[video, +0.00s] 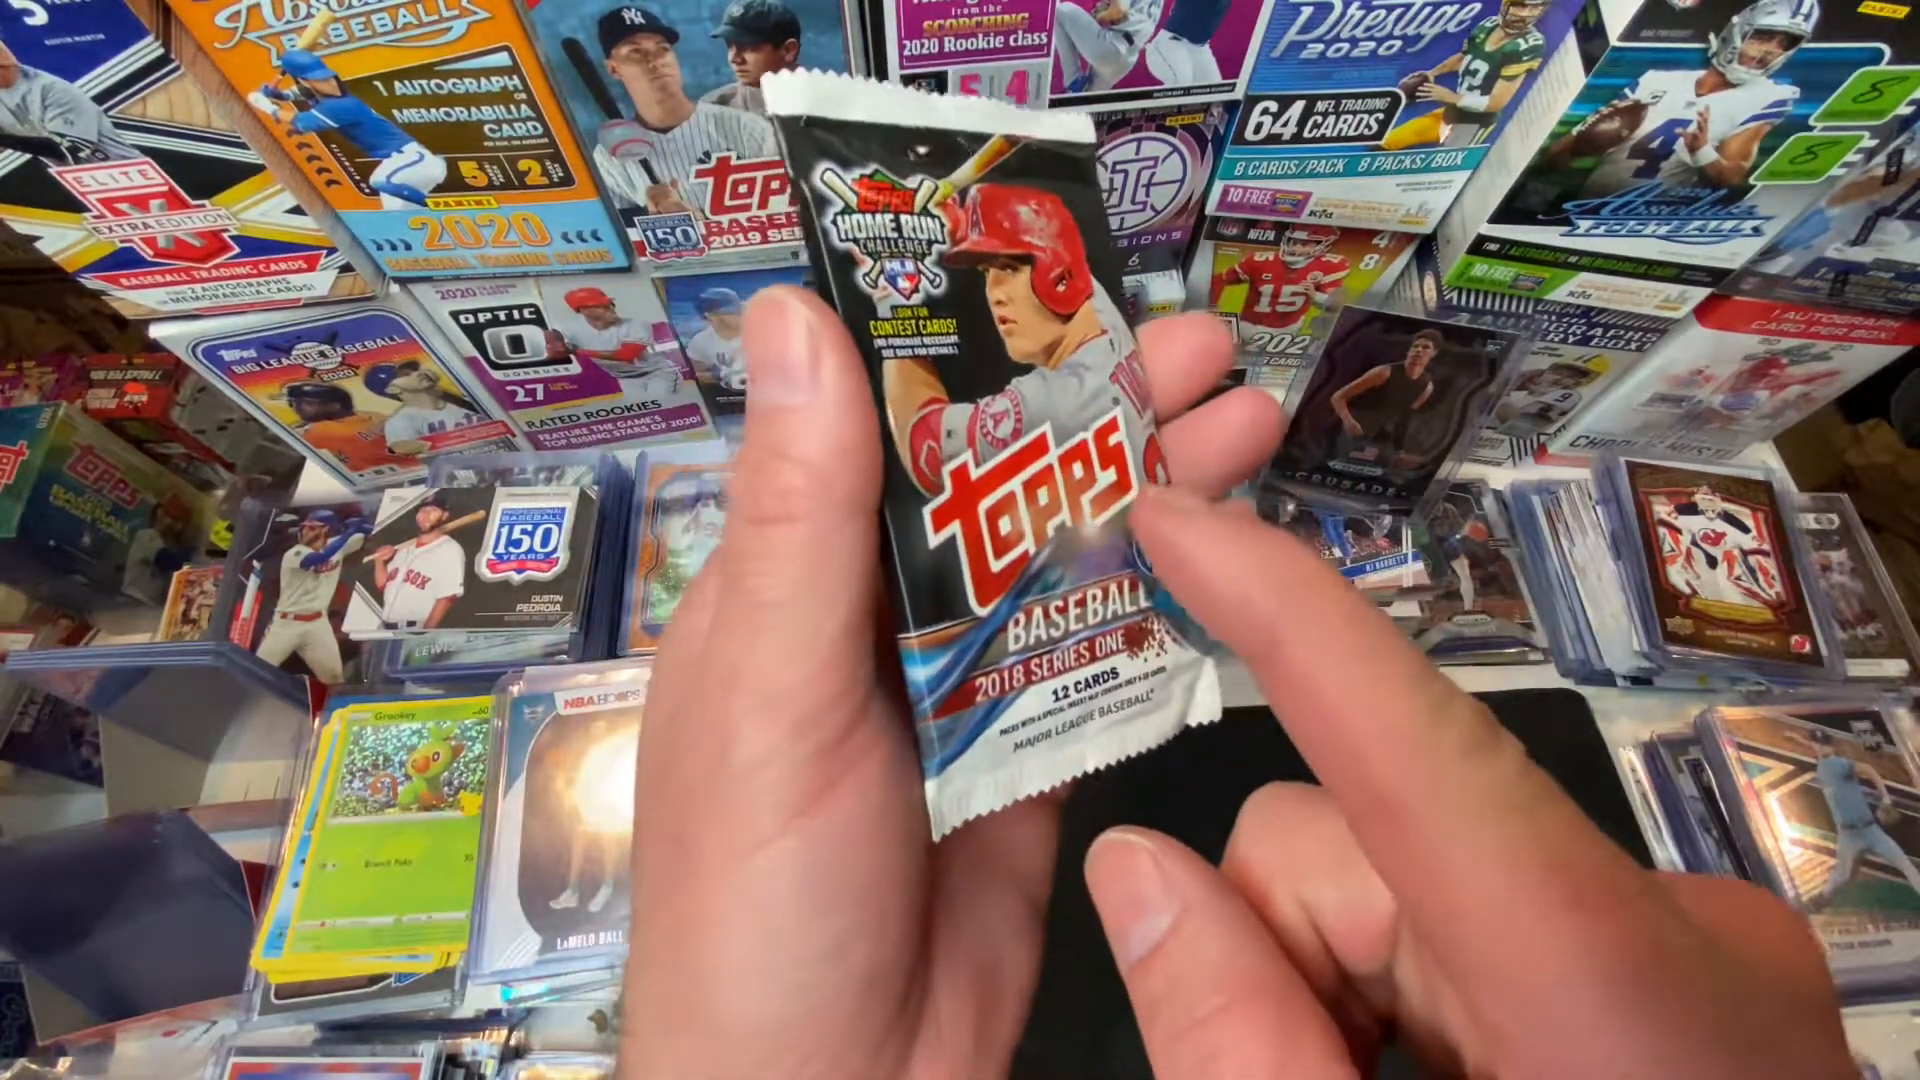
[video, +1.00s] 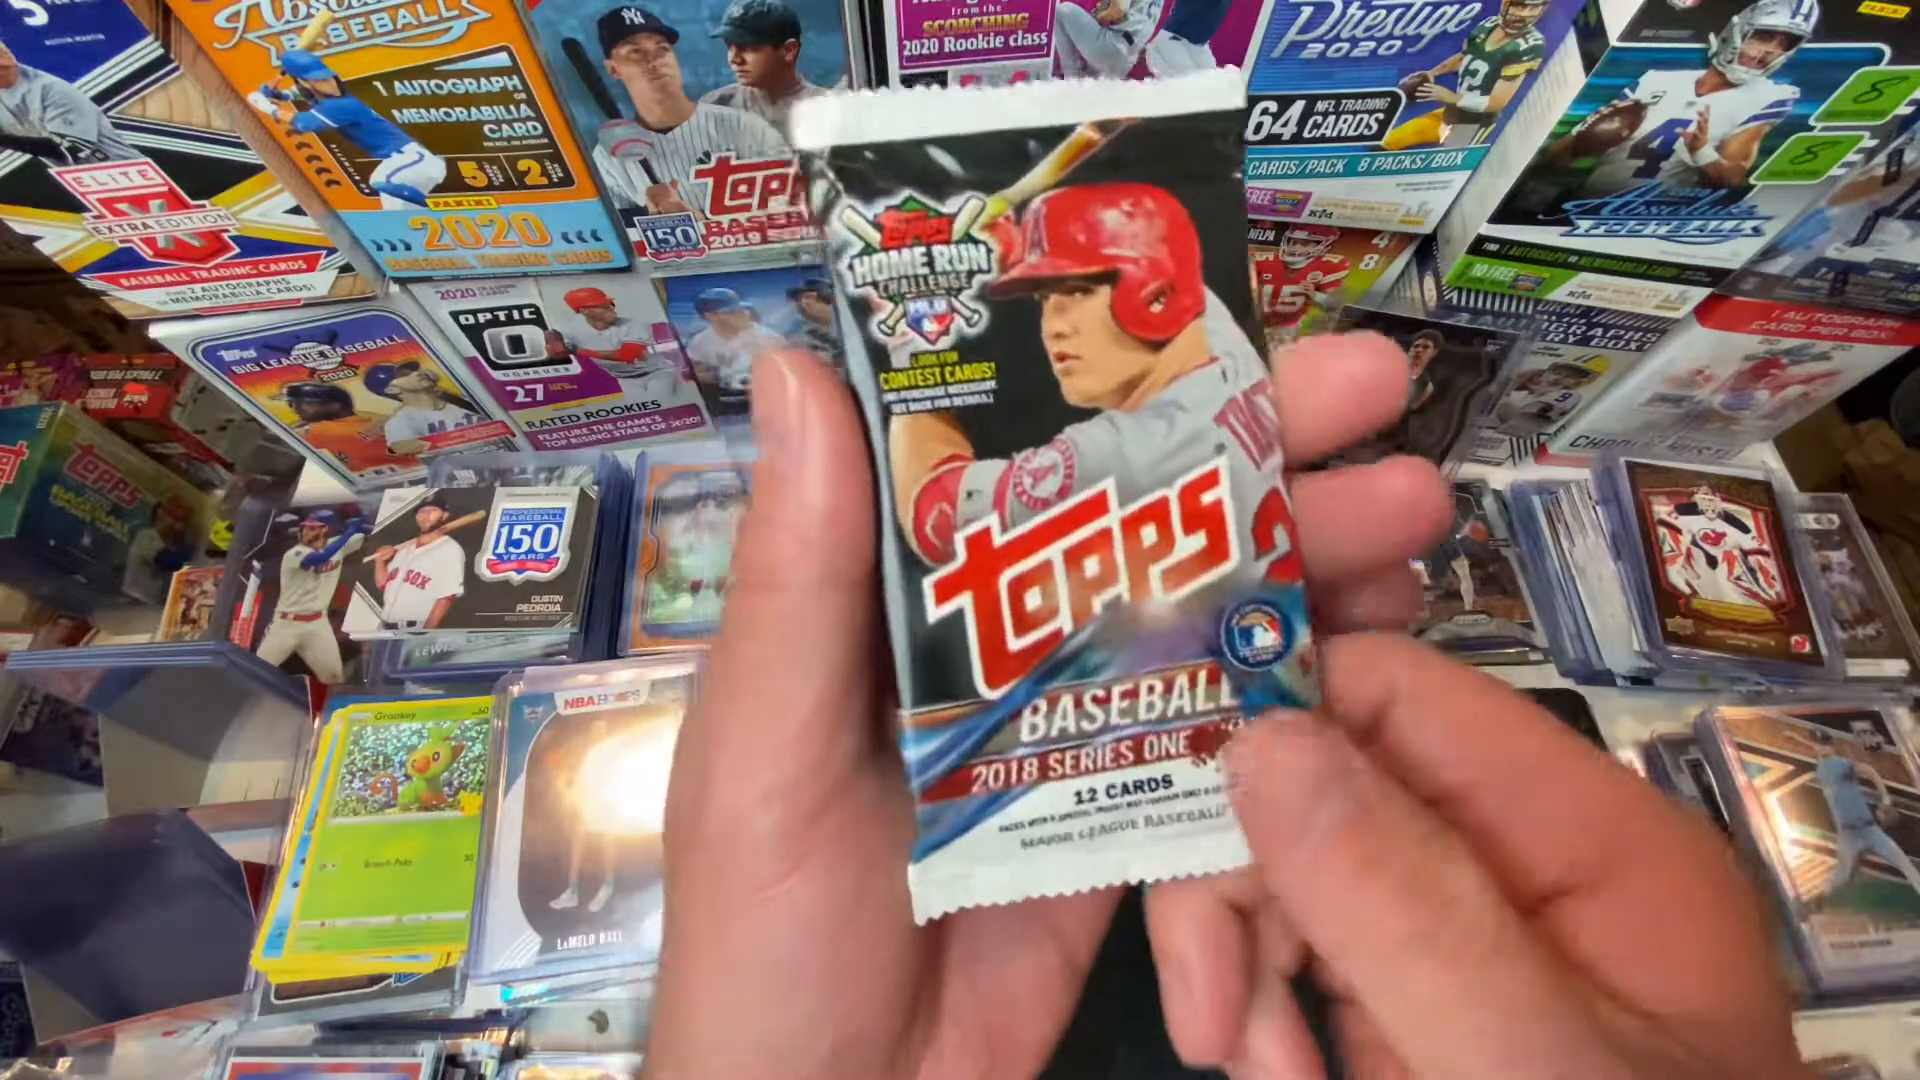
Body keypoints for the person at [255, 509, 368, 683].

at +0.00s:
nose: (302, 531)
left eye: (309, 527)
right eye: (303, 527)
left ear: (324, 530)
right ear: (303, 530)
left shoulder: (336, 549)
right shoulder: (294, 554)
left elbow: (367, 531)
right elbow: (318, 559)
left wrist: (355, 524)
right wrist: (347, 535)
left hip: (317, 625)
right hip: (285, 624)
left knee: (334, 678)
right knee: (258, 670)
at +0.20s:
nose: (303, 531)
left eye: (309, 528)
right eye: (304, 527)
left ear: (323, 531)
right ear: (303, 529)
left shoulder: (337, 548)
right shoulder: (294, 554)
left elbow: (368, 531)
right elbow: (320, 559)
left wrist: (356, 524)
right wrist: (348, 534)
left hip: (317, 625)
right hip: (285, 624)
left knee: (334, 678)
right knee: (258, 670)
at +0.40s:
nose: (303, 531)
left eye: (309, 528)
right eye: (304, 527)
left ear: (323, 531)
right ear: (303, 529)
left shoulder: (337, 548)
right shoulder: (294, 554)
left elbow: (368, 532)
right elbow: (320, 559)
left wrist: (356, 524)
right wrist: (348, 534)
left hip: (317, 625)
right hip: (285, 624)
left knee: (334, 677)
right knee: (258, 670)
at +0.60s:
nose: (303, 531)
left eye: (309, 528)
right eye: (303, 527)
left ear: (324, 530)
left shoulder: (337, 550)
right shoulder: (293, 554)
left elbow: (366, 533)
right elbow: (320, 559)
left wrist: (354, 523)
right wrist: (346, 537)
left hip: (317, 624)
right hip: (285, 624)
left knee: (333, 677)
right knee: (259, 670)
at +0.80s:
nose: (303, 531)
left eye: (309, 528)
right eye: (303, 527)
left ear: (324, 530)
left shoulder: (337, 550)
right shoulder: (293, 555)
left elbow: (366, 533)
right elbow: (320, 559)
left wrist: (355, 523)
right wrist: (345, 537)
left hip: (317, 624)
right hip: (285, 624)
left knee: (333, 677)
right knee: (259, 670)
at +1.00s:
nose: (303, 532)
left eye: (310, 528)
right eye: (303, 528)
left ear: (323, 531)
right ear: (302, 530)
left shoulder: (337, 548)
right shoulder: (294, 554)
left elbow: (369, 533)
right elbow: (320, 559)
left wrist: (357, 523)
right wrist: (347, 536)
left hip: (317, 625)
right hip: (285, 624)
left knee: (333, 677)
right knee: (259, 670)